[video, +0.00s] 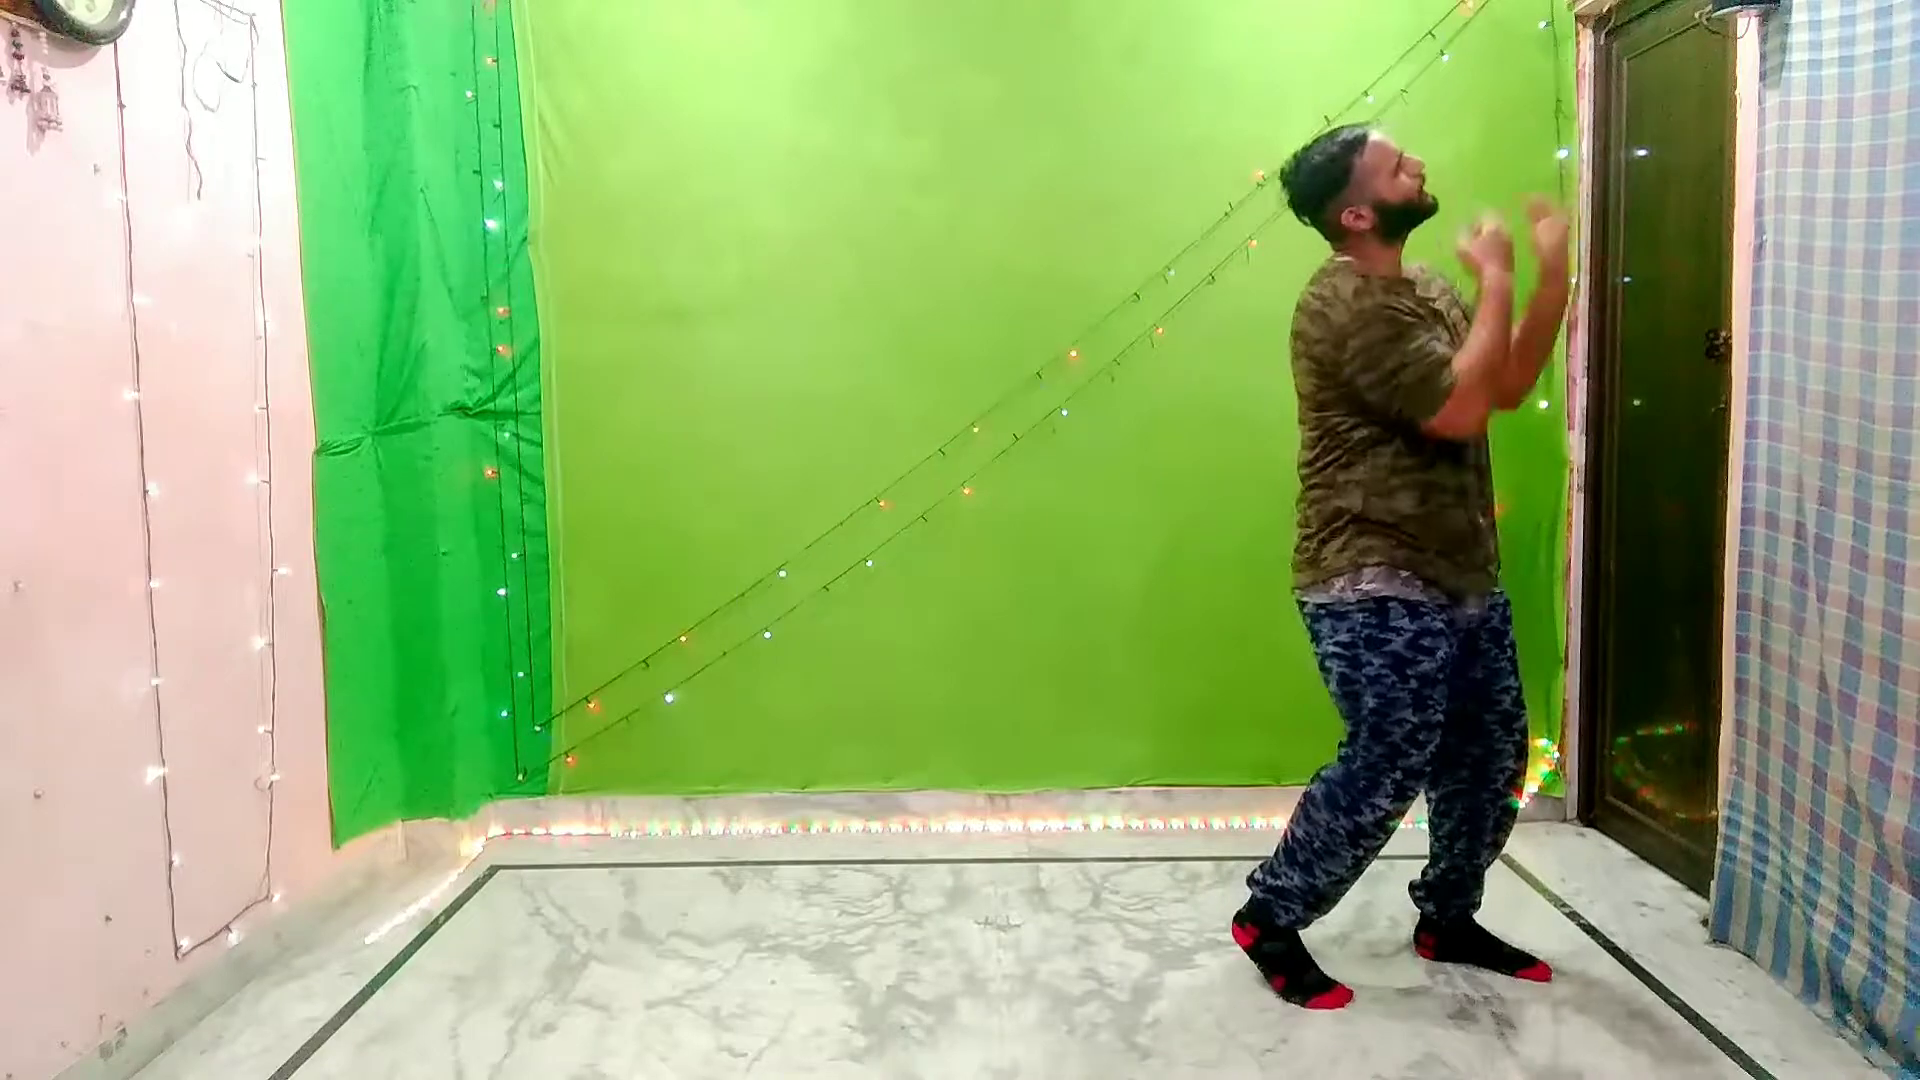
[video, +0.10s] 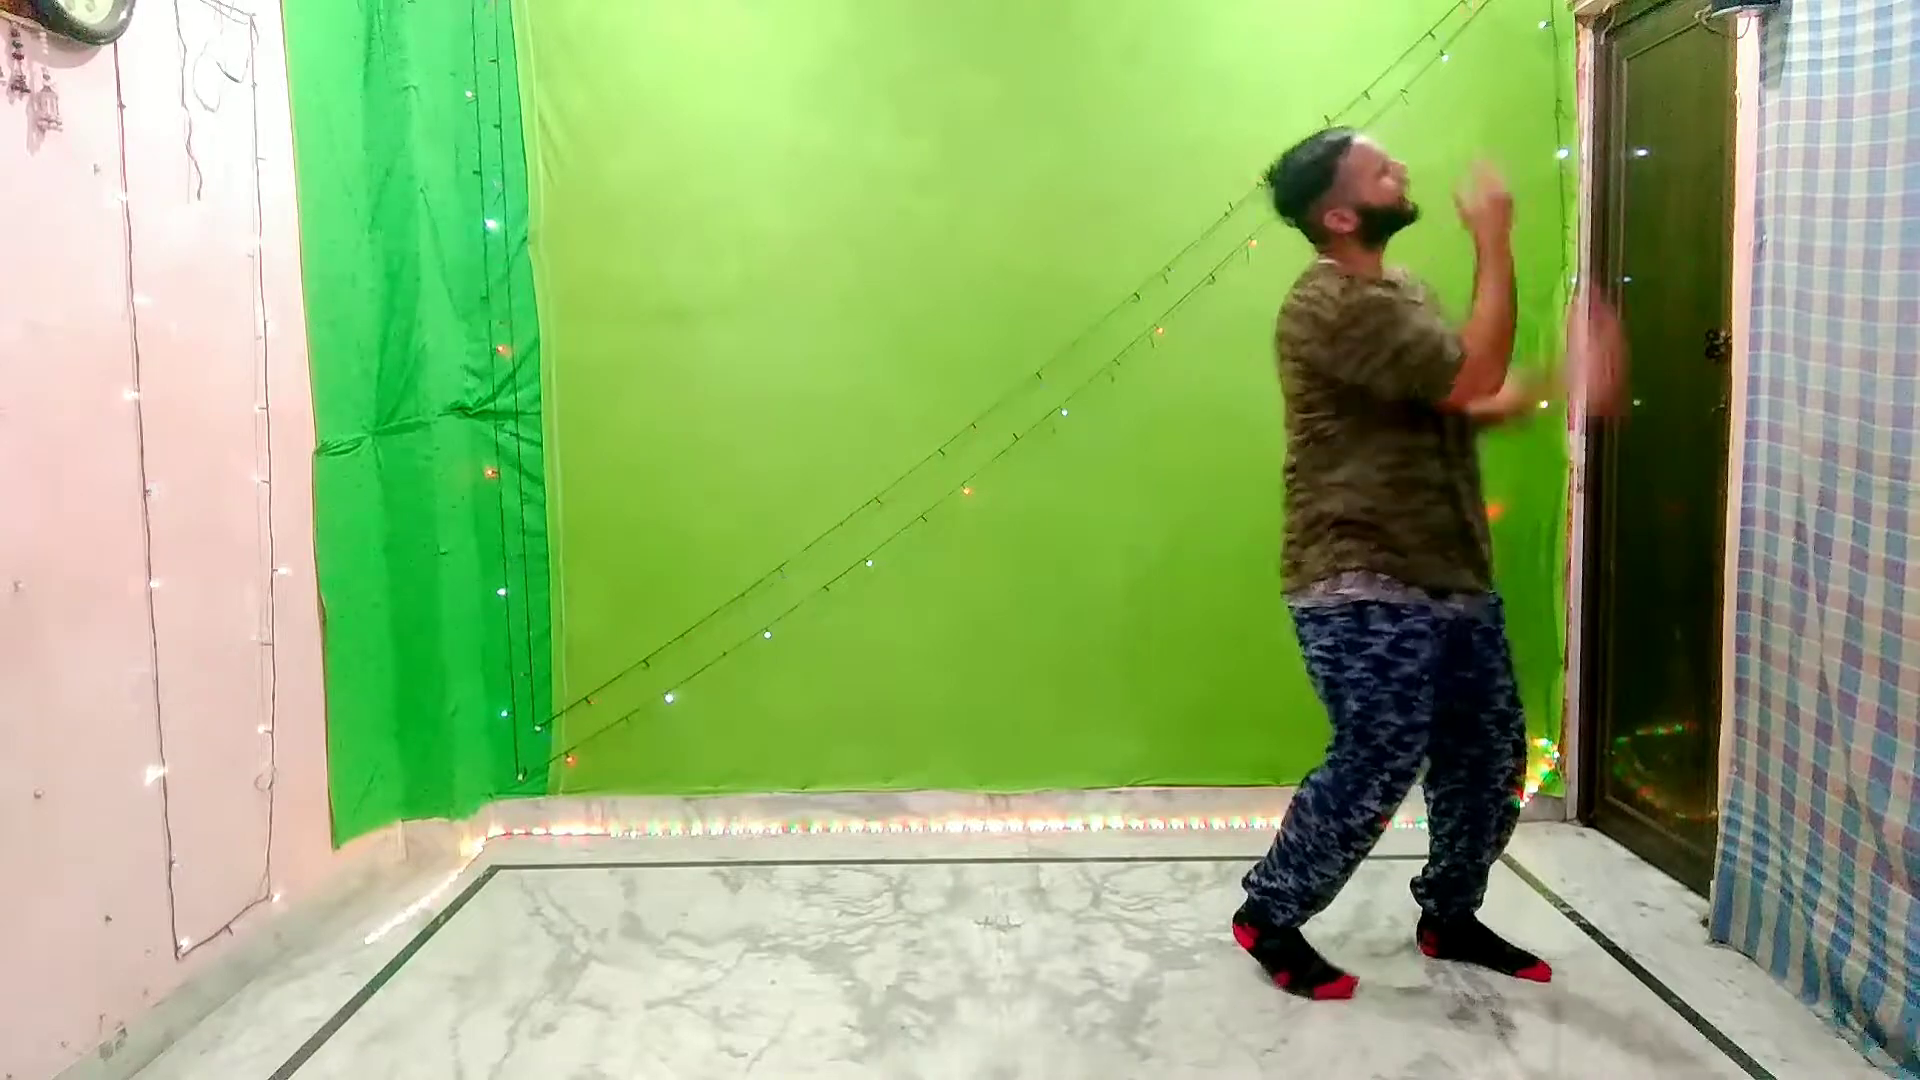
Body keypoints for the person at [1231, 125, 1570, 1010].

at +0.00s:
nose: (1412, 157)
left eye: (1398, 147)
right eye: (1391, 159)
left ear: (1371, 212)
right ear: (1357, 214)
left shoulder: (1428, 292)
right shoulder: (1346, 301)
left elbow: (1508, 384)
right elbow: (1456, 410)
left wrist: (1555, 277)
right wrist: (1496, 282)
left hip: (1458, 569)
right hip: (1368, 571)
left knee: (1490, 746)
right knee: (1393, 747)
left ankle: (1448, 917)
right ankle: (1271, 917)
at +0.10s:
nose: (1394, 164)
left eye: (1382, 155)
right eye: (1370, 164)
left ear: (1351, 213)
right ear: (1332, 213)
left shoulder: (1407, 304)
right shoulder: (1329, 301)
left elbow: (1451, 413)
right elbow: (1471, 379)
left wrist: (1540, 389)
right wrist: (1493, 245)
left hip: (1450, 577)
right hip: (1359, 576)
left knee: (1487, 753)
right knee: (1382, 750)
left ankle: (1450, 915)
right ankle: (1268, 913)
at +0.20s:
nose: (1350, 141)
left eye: (1336, 132)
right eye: (1326, 139)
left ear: (1295, 194)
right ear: (1293, 189)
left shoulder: (1332, 282)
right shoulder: (1295, 277)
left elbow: (1399, 418)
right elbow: (1454, 306)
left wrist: (1478, 498)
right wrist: (1454, 171)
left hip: (1393, 563)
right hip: (1324, 566)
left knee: (1440, 733)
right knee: (1341, 743)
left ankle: (1451, 898)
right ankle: (1265, 916)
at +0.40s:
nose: (1264, 125)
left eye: (1251, 115)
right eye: (1244, 118)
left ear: (1206, 159)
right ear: (1210, 153)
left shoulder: (1223, 235)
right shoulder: (1220, 235)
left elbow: (1350, 173)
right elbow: (1361, 174)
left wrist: (1390, 44)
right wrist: (1394, 29)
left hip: (1258, 536)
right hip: (1259, 541)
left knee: (1279, 719)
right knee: (1286, 733)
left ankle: (1215, 853)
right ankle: (1262, 921)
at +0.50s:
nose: (1241, 139)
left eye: (1229, 128)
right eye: (1221, 133)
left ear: (1182, 174)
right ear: (1184, 171)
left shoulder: (1201, 255)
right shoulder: (1190, 258)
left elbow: (1325, 244)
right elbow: (1330, 244)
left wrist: (1348, 123)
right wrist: (1350, 109)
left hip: (1228, 553)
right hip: (1207, 562)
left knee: (1224, 719)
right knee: (1262, 741)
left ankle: (1139, 875)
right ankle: (1247, 927)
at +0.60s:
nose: (1221, 146)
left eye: (1209, 136)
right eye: (1200, 146)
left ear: (1181, 197)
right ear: (1170, 196)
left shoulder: (1206, 265)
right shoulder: (1173, 269)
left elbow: (1293, 333)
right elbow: (1297, 333)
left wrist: (1320, 205)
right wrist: (1324, 203)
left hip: (1172, 550)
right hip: (1139, 551)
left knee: (1187, 726)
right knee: (1193, 729)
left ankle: (1124, 892)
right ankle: (1143, 908)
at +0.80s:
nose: (1151, 232)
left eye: (1140, 220)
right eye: (1130, 228)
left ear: (1101, 265)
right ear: (1092, 262)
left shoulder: (1116, 341)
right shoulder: (1083, 341)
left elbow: (1178, 409)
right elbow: (1202, 411)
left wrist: (1197, 466)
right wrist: (1293, 332)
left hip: (1068, 614)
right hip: (985, 607)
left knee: (1140, 733)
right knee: (898, 763)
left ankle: (1109, 911)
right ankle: (754, 882)